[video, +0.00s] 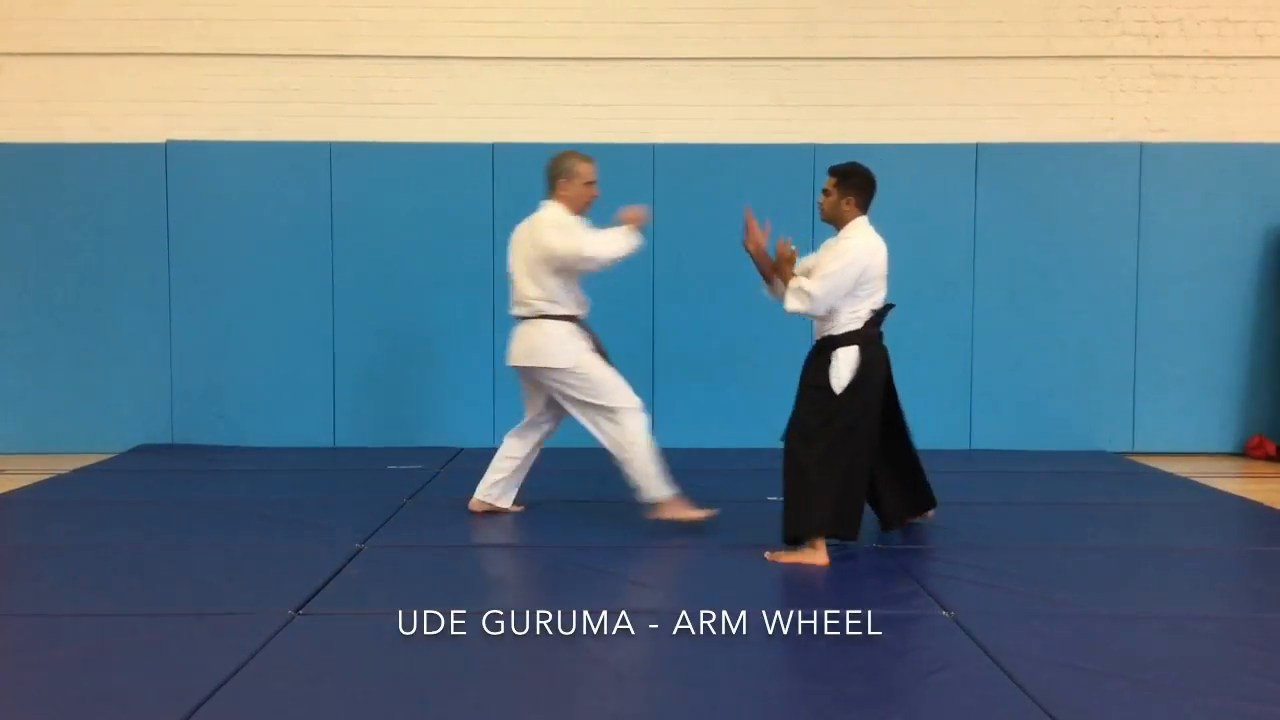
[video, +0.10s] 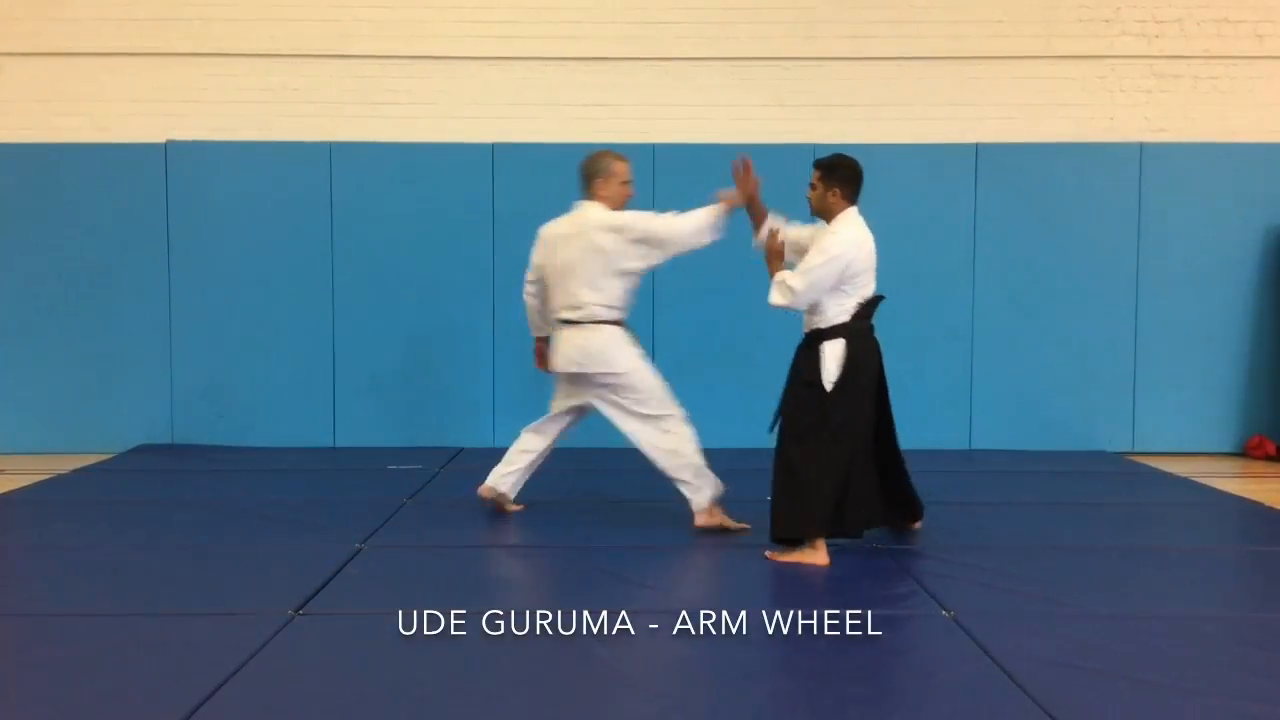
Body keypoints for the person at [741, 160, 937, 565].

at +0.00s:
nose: (820, 198)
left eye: (827, 193)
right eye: (823, 192)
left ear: (848, 200)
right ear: (851, 202)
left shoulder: (856, 245)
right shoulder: (849, 240)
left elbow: (818, 300)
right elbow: (794, 287)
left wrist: (787, 270)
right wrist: (761, 259)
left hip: (842, 355)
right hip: (858, 351)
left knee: (806, 443)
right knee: (872, 433)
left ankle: (813, 545)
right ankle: (911, 503)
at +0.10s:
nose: (808, 192)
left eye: (815, 186)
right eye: (811, 185)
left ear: (834, 192)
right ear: (841, 193)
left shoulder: (843, 239)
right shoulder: (842, 229)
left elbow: (794, 294)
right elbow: (782, 240)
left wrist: (776, 265)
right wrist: (753, 204)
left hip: (831, 350)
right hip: (852, 344)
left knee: (804, 443)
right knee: (866, 436)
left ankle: (813, 544)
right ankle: (903, 512)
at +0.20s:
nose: (799, 188)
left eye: (804, 180)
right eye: (800, 180)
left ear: (819, 184)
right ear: (840, 185)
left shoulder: (818, 234)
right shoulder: (856, 219)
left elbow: (776, 292)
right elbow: (802, 213)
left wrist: (767, 268)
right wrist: (773, 180)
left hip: (821, 346)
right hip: (854, 339)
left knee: (804, 440)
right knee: (860, 433)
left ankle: (814, 544)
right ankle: (882, 518)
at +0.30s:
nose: (791, 187)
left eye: (793, 180)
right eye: (792, 178)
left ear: (803, 183)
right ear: (831, 180)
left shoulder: (794, 232)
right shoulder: (858, 213)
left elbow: (757, 285)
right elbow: (827, 197)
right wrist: (797, 175)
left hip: (813, 341)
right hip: (853, 336)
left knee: (801, 438)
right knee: (850, 430)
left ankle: (812, 542)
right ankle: (865, 511)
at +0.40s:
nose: (784, 188)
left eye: (785, 182)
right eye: (788, 181)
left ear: (789, 185)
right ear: (825, 184)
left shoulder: (779, 231)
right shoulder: (852, 218)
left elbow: (755, 285)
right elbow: (873, 210)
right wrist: (847, 189)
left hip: (805, 339)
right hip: (850, 335)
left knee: (796, 436)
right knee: (848, 429)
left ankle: (811, 540)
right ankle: (858, 513)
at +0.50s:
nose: (783, 197)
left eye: (780, 192)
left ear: (781, 193)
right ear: (818, 193)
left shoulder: (768, 233)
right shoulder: (846, 221)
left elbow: (759, 291)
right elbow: (881, 222)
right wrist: (848, 212)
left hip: (799, 340)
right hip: (844, 337)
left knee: (789, 433)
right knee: (842, 427)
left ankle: (809, 538)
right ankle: (847, 515)